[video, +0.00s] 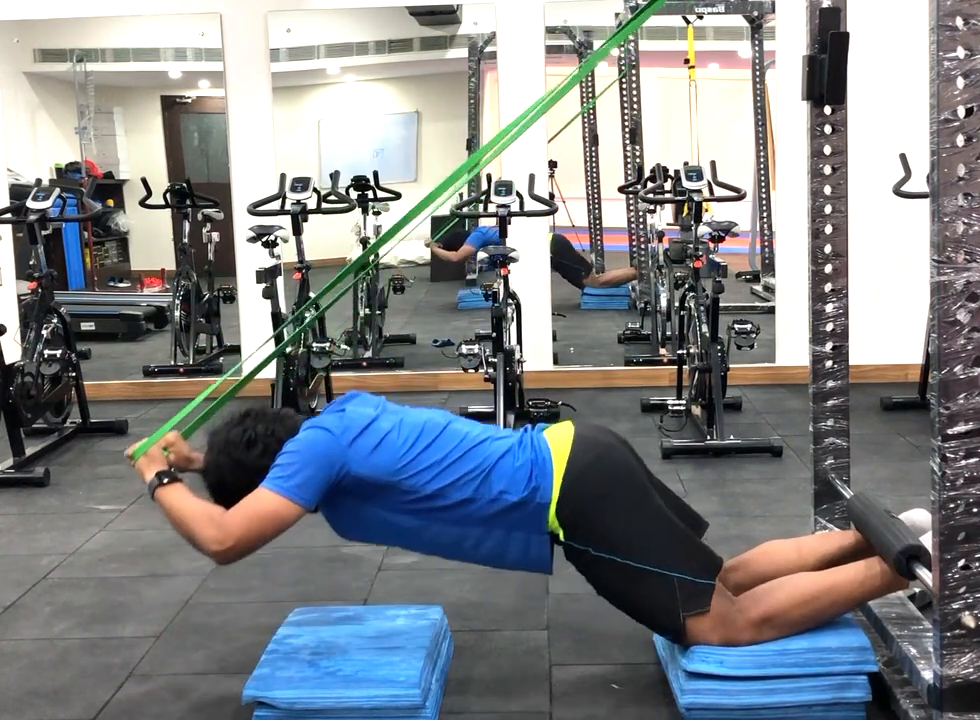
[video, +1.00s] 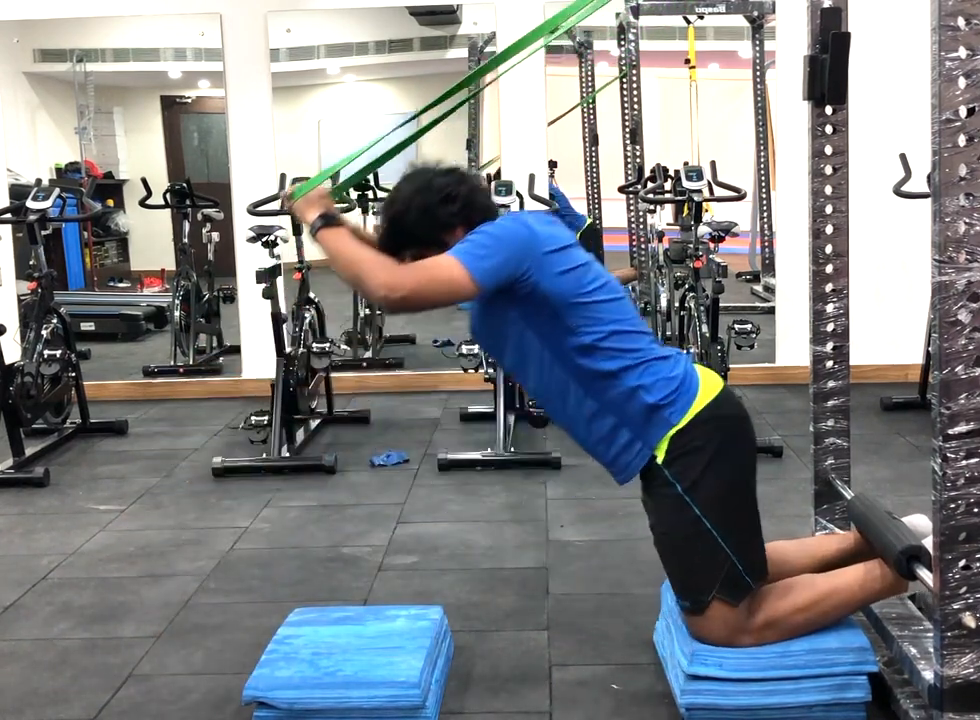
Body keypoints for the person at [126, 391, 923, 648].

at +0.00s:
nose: (260, 506)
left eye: (252, 491)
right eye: (251, 492)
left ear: (264, 460)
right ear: (275, 434)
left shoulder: (319, 444)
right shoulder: (330, 427)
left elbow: (221, 537)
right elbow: (237, 512)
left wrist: (161, 484)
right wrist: (185, 470)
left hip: (570, 491)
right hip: (573, 466)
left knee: (723, 623)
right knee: (713, 579)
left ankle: (897, 568)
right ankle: (858, 535)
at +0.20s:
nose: (269, 468)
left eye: (265, 458)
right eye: (262, 459)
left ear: (281, 428)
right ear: (291, 406)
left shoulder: (349, 404)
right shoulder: (352, 396)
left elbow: (246, 500)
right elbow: (261, 483)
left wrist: (178, 447)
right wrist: (201, 442)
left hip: (591, 473)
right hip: (589, 461)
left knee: (728, 623)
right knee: (716, 586)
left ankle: (907, 567)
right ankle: (864, 533)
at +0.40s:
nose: (307, 425)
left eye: (302, 413)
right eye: (302, 415)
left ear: (316, 382)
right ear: (331, 350)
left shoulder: (379, 362)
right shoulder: (389, 355)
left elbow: (267, 450)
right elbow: (287, 447)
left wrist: (201, 397)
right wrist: (223, 400)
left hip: (616, 458)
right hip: (605, 463)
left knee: (730, 624)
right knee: (705, 601)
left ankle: (909, 565)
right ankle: (865, 535)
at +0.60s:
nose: (333, 367)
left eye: (326, 351)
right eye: (327, 353)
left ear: (341, 328)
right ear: (360, 308)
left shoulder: (412, 322)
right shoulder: (415, 318)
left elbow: (302, 397)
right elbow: (318, 391)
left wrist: (235, 344)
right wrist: (253, 343)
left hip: (633, 447)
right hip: (632, 434)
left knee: (729, 623)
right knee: (727, 581)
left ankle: (900, 568)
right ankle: (861, 535)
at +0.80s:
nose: (362, 316)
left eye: (362, 303)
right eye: (360, 304)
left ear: (385, 285)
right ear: (400, 270)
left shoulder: (458, 277)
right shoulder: (456, 281)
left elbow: (339, 336)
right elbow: (345, 338)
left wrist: (269, 278)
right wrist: (282, 285)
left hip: (658, 437)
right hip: (657, 428)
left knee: (726, 623)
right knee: (720, 579)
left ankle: (910, 572)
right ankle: (865, 539)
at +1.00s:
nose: (428, 275)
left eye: (430, 260)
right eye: (419, 265)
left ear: (454, 233)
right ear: (460, 224)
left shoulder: (519, 237)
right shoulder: (509, 254)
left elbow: (394, 287)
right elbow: (407, 277)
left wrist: (320, 225)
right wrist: (339, 233)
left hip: (687, 431)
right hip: (674, 430)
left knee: (726, 624)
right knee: (720, 576)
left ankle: (897, 570)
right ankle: (860, 540)